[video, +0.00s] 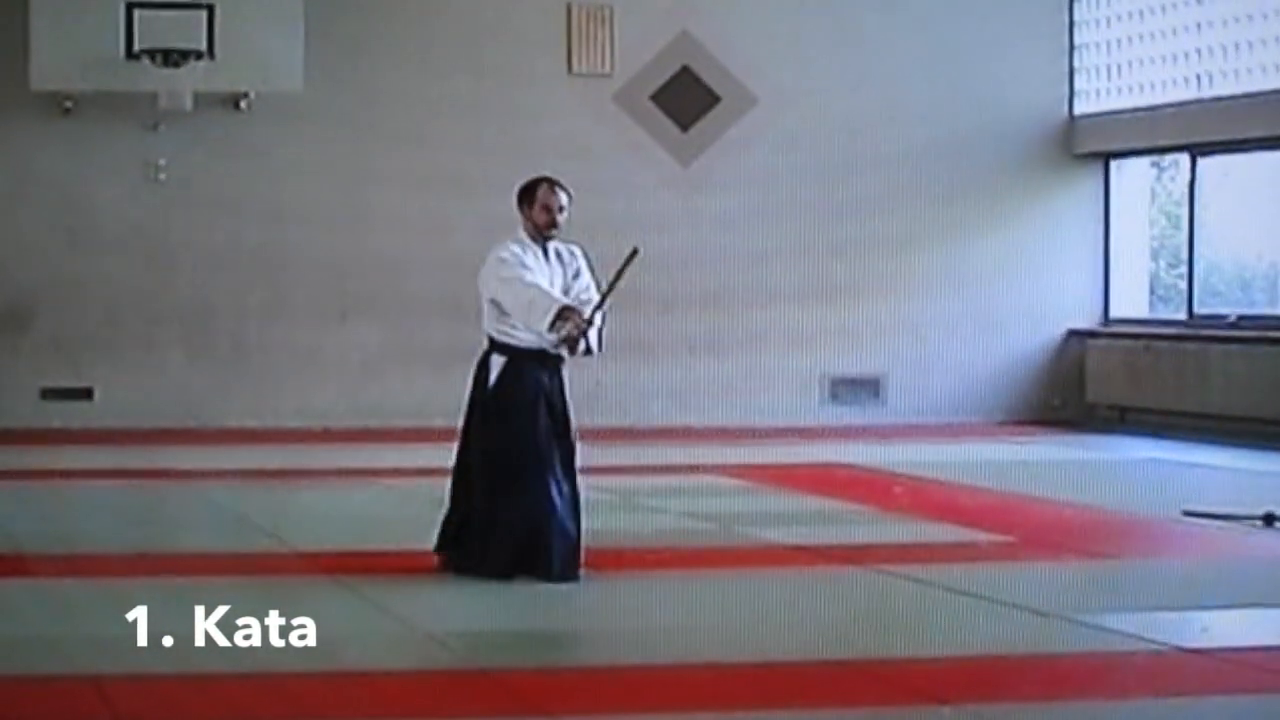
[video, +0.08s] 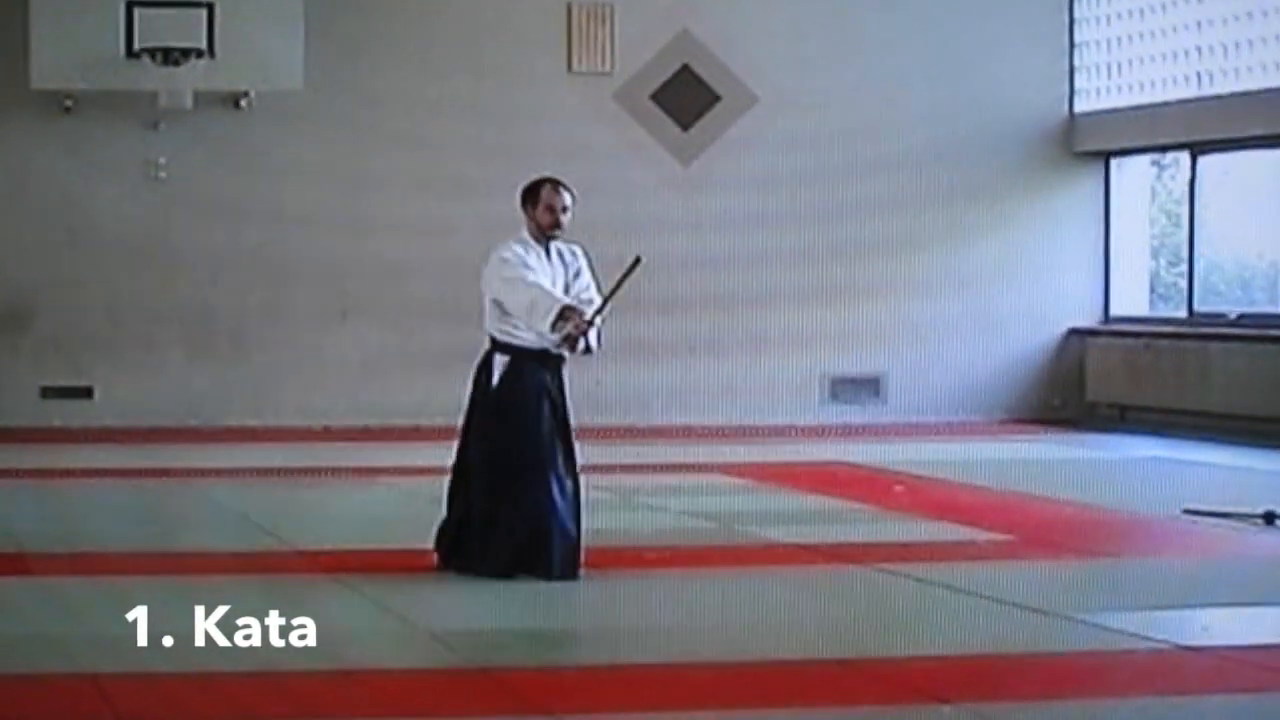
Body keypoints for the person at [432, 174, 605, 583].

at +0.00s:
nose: (555, 217)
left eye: (561, 210)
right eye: (547, 209)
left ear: (566, 215)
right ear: (526, 210)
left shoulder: (572, 259)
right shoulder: (504, 260)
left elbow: (592, 304)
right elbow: (526, 295)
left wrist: (585, 330)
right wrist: (562, 315)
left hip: (548, 369)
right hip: (509, 369)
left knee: (550, 462)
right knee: (518, 462)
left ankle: (552, 554)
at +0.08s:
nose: (559, 218)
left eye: (565, 211)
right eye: (551, 209)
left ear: (570, 215)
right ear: (529, 211)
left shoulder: (573, 259)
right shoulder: (506, 259)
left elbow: (593, 306)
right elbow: (527, 295)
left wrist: (586, 333)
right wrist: (564, 314)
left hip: (548, 368)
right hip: (510, 368)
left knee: (549, 463)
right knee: (520, 462)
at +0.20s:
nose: (569, 223)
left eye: (574, 215)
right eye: (561, 214)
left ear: (577, 218)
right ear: (539, 215)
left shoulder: (579, 260)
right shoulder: (513, 263)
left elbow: (600, 308)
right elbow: (532, 298)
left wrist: (590, 331)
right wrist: (569, 314)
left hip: (553, 370)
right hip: (515, 370)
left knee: (553, 464)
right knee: (530, 463)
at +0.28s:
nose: (573, 222)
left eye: (579, 215)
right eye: (566, 213)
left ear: (583, 220)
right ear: (544, 214)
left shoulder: (584, 260)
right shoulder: (519, 262)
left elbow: (604, 307)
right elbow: (537, 298)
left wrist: (595, 328)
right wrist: (573, 314)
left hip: (557, 370)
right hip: (520, 370)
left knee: (556, 462)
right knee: (541, 462)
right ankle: (551, 553)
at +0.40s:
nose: (591, 228)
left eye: (596, 221)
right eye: (583, 219)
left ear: (600, 226)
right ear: (561, 220)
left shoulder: (600, 267)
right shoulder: (536, 264)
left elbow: (620, 313)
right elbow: (550, 304)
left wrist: (603, 329)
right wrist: (591, 320)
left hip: (568, 376)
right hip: (530, 374)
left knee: (570, 469)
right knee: (544, 467)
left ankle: (562, 557)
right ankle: (546, 558)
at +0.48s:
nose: (599, 232)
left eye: (605, 226)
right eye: (592, 223)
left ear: (609, 231)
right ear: (570, 224)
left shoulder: (606, 272)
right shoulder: (542, 271)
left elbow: (626, 317)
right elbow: (556, 310)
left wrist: (615, 336)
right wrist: (591, 327)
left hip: (576, 378)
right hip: (537, 377)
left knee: (580, 468)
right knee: (550, 467)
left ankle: (570, 553)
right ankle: (548, 556)